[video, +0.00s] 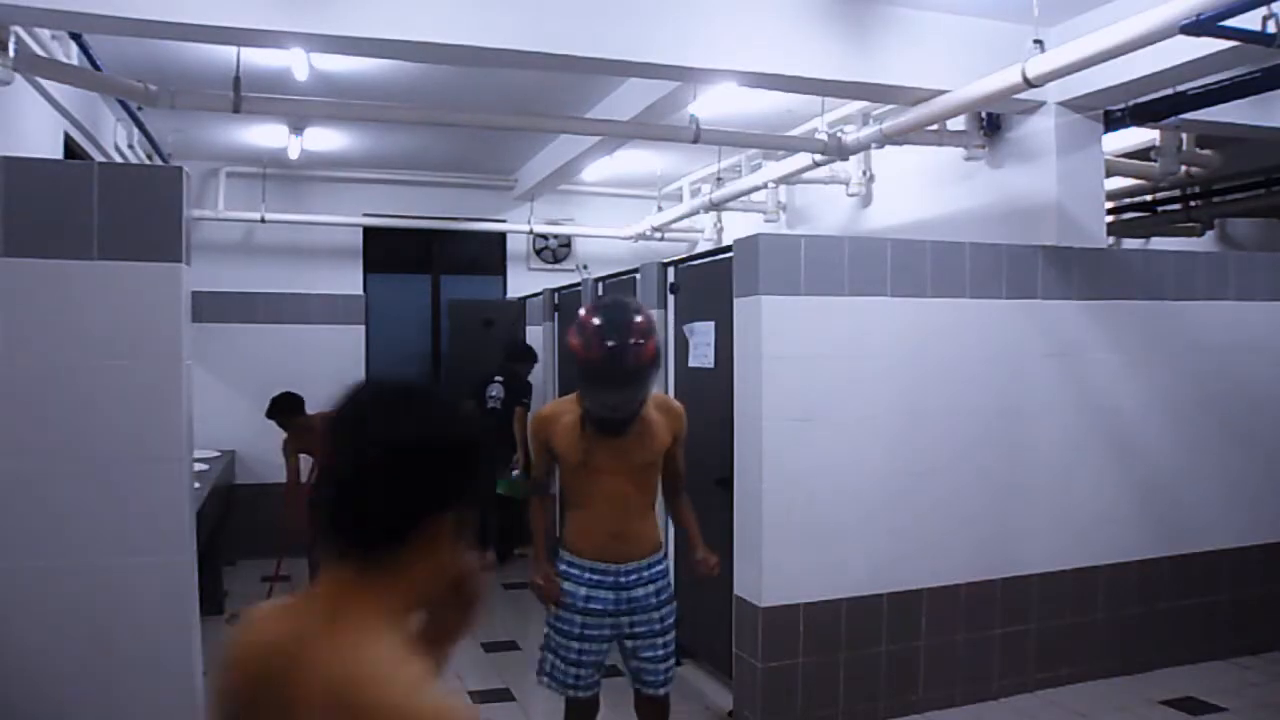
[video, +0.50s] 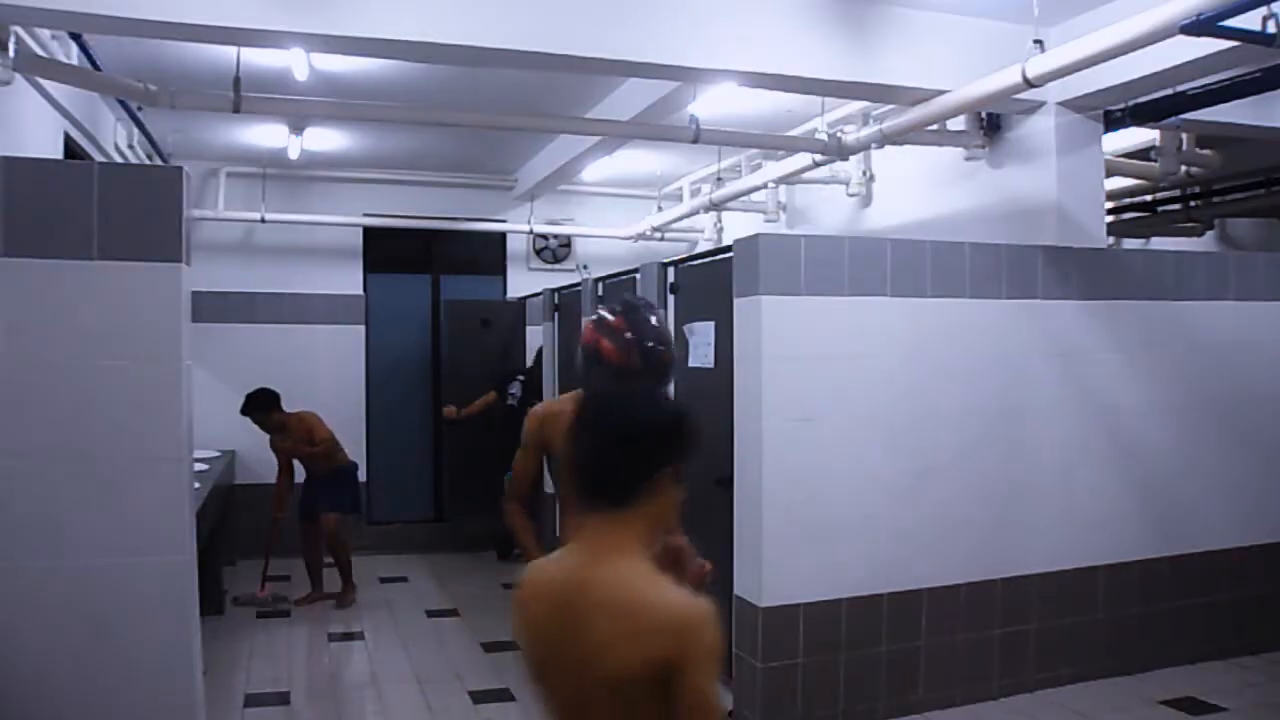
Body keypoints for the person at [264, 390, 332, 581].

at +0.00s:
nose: (281, 427)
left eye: (282, 422)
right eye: (278, 423)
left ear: (289, 417)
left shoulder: (327, 421)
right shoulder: (291, 444)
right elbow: (293, 482)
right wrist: (291, 512)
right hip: (325, 469)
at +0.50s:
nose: (259, 427)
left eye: (259, 421)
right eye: (256, 423)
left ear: (272, 413)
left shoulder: (307, 420)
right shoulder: (277, 441)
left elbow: (329, 446)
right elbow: (285, 474)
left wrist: (298, 450)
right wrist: (279, 509)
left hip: (339, 474)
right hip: (314, 479)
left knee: (330, 528)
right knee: (309, 531)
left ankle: (348, 586)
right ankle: (317, 589)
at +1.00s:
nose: (272, 435)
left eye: (273, 429)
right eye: (269, 430)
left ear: (287, 421)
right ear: (278, 426)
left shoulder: (324, 432)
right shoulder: (284, 447)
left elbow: (347, 465)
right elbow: (292, 484)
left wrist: (312, 467)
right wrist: (283, 516)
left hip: (348, 485)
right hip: (321, 487)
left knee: (340, 539)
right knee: (310, 535)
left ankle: (341, 605)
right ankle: (321, 588)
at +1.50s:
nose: (275, 437)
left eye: (277, 431)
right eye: (272, 432)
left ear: (292, 423)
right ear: (276, 430)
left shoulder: (331, 428)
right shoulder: (283, 453)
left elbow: (361, 455)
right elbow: (289, 491)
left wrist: (332, 457)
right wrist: (289, 528)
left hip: (347, 486)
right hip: (317, 488)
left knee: (342, 548)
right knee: (311, 549)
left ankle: (341, 609)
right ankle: (313, 611)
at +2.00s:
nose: (240, 445)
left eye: (239, 438)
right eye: (235, 440)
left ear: (253, 427)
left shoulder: (296, 430)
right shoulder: (258, 461)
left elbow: (334, 450)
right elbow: (266, 500)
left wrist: (304, 457)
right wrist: (264, 531)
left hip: (335, 487)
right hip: (306, 492)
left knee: (331, 552)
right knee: (302, 554)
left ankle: (345, 609)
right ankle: (312, 616)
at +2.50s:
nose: (243, 449)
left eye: (244, 441)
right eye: (240, 443)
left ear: (259, 431)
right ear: (257, 432)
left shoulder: (299, 443)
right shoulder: (268, 457)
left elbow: (324, 479)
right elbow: (269, 494)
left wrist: (283, 481)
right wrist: (260, 528)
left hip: (339, 497)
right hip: (310, 500)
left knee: (336, 564)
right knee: (303, 558)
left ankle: (341, 631)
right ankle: (313, 616)